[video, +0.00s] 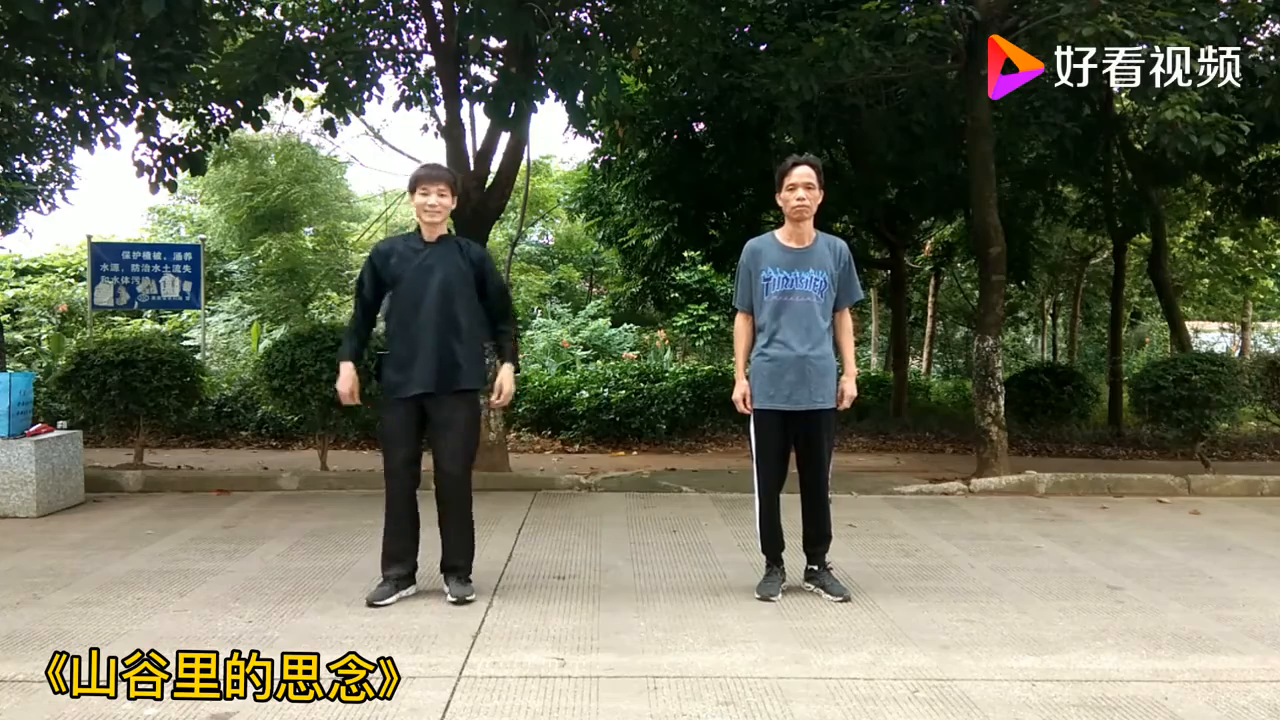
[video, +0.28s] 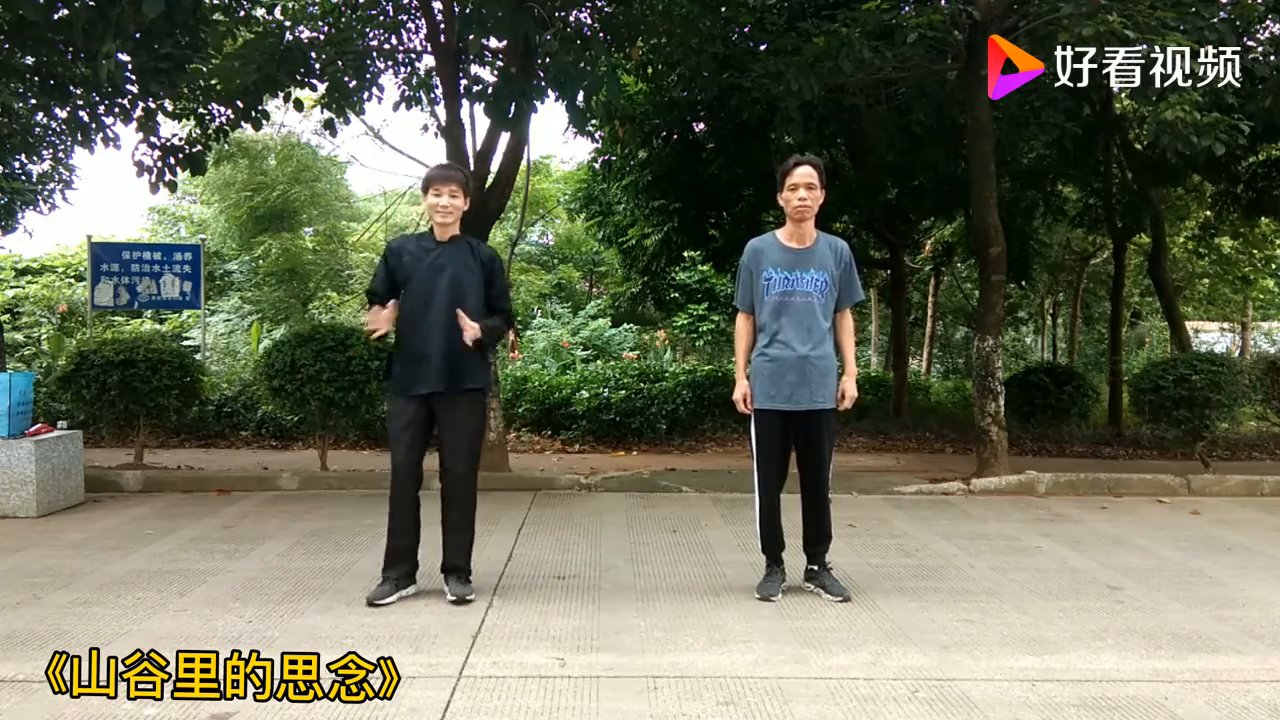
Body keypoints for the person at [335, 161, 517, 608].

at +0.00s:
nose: (433, 201)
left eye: (442, 194)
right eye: (425, 194)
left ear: (453, 201)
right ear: (412, 200)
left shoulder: (472, 255)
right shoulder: (387, 254)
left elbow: (502, 315)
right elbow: (363, 313)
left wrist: (507, 363)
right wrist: (347, 363)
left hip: (457, 385)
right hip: (400, 384)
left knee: (453, 480)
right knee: (399, 481)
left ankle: (457, 575)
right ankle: (397, 575)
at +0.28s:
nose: (446, 202)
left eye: (454, 195)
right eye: (438, 194)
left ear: (465, 203)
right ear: (425, 200)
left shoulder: (484, 257)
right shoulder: (401, 250)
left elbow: (503, 319)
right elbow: (378, 300)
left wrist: (481, 329)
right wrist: (383, 315)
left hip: (464, 385)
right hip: (409, 383)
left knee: (459, 479)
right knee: (403, 476)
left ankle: (457, 574)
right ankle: (398, 573)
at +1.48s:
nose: (436, 196)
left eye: (445, 190)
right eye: (428, 189)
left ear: (458, 200)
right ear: (414, 197)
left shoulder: (474, 252)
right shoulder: (390, 251)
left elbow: (504, 314)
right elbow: (359, 310)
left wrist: (524, 374)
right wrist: (333, 368)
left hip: (459, 382)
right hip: (403, 382)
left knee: (459, 479)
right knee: (404, 482)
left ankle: (461, 573)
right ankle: (405, 575)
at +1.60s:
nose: (441, 197)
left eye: (450, 190)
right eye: (433, 189)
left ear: (463, 199)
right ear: (420, 197)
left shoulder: (480, 251)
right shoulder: (396, 250)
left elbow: (507, 315)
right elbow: (368, 311)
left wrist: (520, 377)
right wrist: (345, 369)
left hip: (465, 383)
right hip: (409, 382)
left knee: (463, 483)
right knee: (407, 482)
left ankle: (462, 573)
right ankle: (405, 575)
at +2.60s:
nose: (428, 205)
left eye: (437, 197)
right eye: (420, 197)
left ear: (450, 201)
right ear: (410, 201)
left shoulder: (473, 256)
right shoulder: (389, 255)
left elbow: (485, 324)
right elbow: (372, 321)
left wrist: (482, 384)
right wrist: (370, 379)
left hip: (456, 386)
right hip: (400, 386)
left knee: (465, 474)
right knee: (405, 483)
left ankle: (465, 570)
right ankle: (410, 575)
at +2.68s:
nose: (429, 203)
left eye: (438, 196)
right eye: (421, 196)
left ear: (451, 201)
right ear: (410, 201)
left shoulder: (472, 255)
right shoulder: (390, 254)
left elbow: (488, 323)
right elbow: (369, 319)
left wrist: (488, 384)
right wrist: (364, 376)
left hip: (457, 386)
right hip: (402, 386)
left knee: (461, 479)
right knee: (407, 484)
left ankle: (464, 573)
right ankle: (410, 576)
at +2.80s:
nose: (430, 198)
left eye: (439, 191)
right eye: (422, 191)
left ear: (454, 198)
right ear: (412, 198)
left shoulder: (476, 252)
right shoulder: (392, 252)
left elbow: (497, 319)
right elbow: (369, 317)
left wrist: (498, 381)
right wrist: (354, 375)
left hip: (461, 383)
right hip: (406, 383)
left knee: (458, 483)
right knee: (409, 484)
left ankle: (462, 574)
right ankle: (410, 575)